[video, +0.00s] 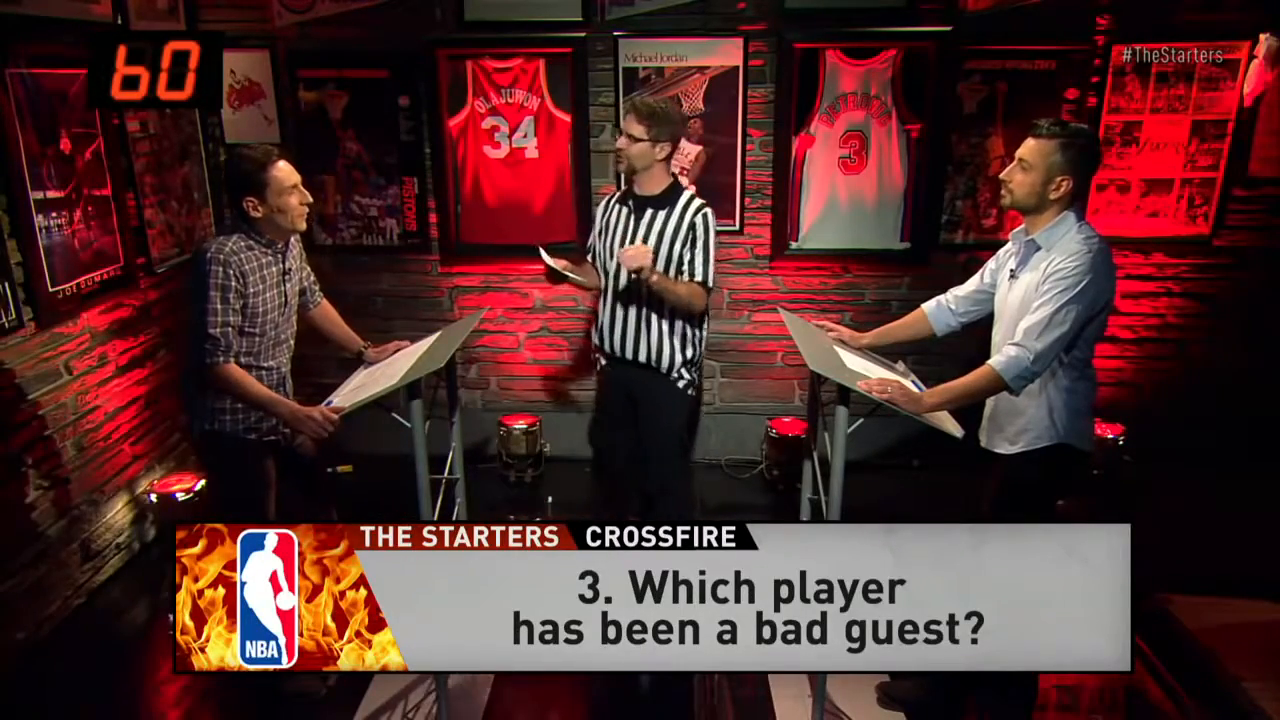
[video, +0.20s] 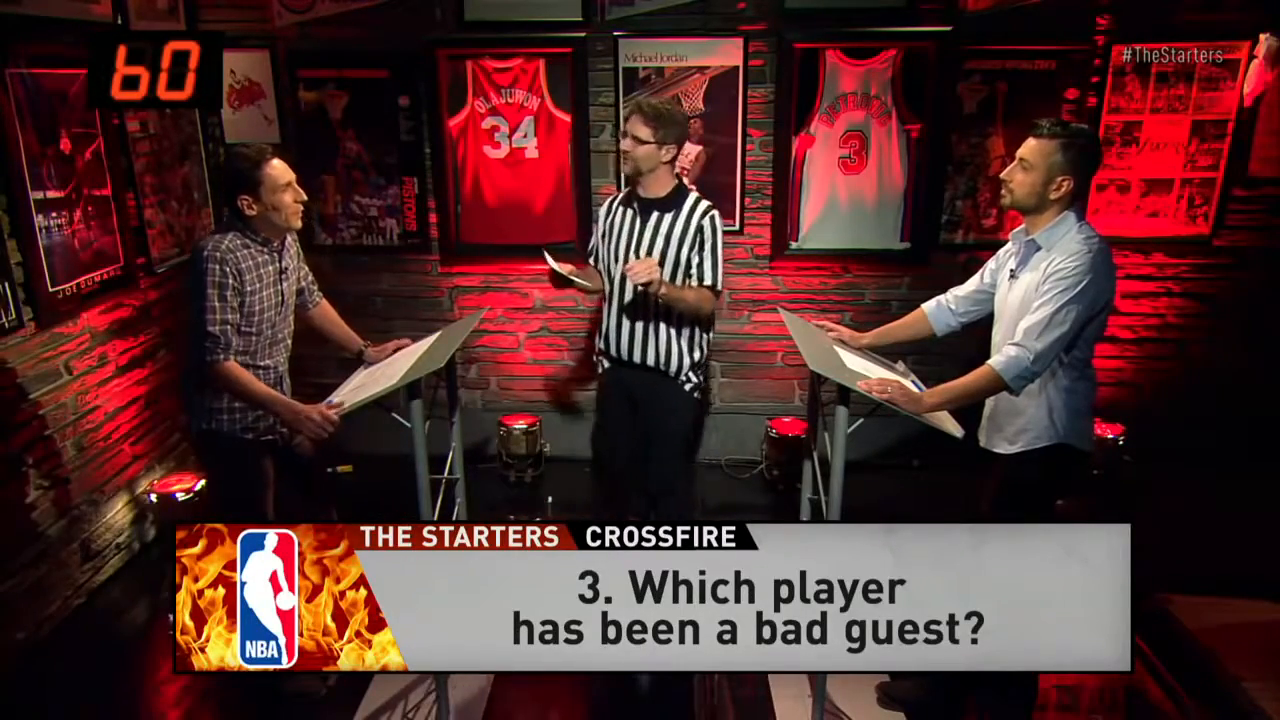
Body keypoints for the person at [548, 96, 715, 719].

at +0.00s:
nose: (618, 145)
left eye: (630, 139)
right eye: (618, 135)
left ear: (665, 148)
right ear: (626, 142)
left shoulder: (693, 212)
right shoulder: (610, 205)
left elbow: (699, 303)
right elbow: (608, 283)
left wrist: (651, 276)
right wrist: (579, 272)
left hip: (669, 381)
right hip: (617, 373)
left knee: (663, 498)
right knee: (611, 489)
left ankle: (670, 596)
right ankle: (617, 590)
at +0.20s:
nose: (623, 145)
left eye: (636, 139)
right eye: (624, 135)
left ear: (668, 151)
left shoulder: (701, 217)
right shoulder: (612, 207)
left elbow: (707, 304)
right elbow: (604, 279)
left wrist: (662, 287)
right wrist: (576, 275)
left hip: (674, 383)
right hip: (618, 374)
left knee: (667, 491)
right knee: (611, 485)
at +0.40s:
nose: (627, 147)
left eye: (640, 140)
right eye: (627, 137)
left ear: (671, 152)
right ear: (624, 138)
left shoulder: (704, 216)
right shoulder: (613, 207)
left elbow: (712, 304)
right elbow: (601, 278)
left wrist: (670, 292)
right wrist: (581, 281)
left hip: (676, 383)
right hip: (618, 375)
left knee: (671, 491)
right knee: (610, 482)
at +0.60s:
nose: (655, 152)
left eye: (665, 143)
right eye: (646, 142)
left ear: (680, 149)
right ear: (631, 148)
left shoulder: (709, 217)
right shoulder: (608, 211)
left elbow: (717, 301)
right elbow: (596, 283)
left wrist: (682, 300)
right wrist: (586, 290)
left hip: (680, 381)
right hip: (618, 376)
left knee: (672, 490)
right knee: (610, 484)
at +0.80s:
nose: (688, 152)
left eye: (689, 142)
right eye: (675, 144)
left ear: (692, 145)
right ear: (643, 153)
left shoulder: (712, 214)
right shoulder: (606, 215)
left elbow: (729, 298)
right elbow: (580, 281)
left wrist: (716, 278)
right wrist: (592, 299)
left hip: (684, 377)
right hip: (622, 376)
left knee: (675, 489)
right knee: (613, 487)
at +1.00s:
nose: (701, 152)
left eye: (701, 142)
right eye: (690, 145)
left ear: (689, 149)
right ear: (654, 153)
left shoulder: (711, 214)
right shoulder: (615, 218)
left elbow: (725, 293)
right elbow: (581, 288)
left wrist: (754, 259)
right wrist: (610, 305)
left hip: (688, 383)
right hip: (631, 385)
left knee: (677, 504)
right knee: (625, 503)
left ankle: (671, 596)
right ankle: (617, 596)